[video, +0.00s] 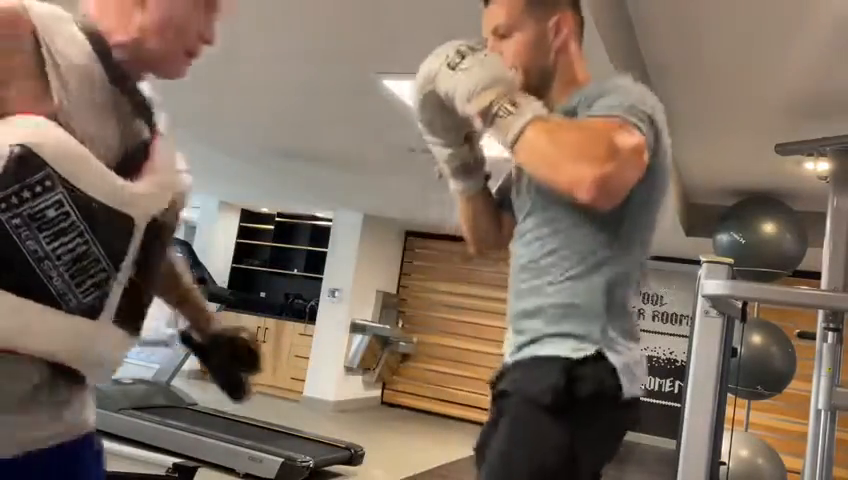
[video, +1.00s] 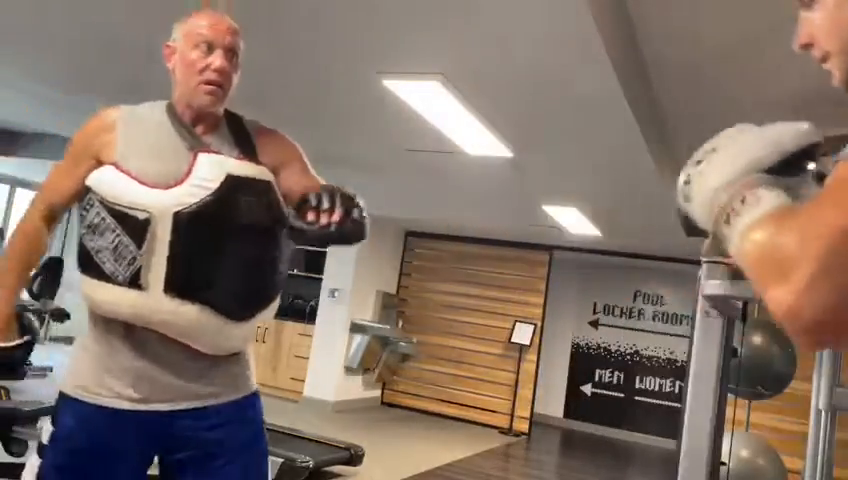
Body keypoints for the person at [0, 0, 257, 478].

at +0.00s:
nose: (210, 38)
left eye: (215, 16)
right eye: (205, 8)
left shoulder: (141, 115)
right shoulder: (17, 31)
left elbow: (149, 243)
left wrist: (207, 323)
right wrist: (134, 202)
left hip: (67, 427)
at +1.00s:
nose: (218, 64)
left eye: (231, 54)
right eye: (204, 47)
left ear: (240, 69)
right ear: (171, 56)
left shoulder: (271, 149)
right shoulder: (111, 130)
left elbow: (333, 219)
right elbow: (41, 217)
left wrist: (332, 212)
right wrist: (4, 312)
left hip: (220, 399)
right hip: (105, 393)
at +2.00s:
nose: (270, 109)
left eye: (278, 99)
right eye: (259, 91)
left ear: (282, 108)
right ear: (220, 88)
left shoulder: (281, 174)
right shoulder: (153, 140)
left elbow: (318, 268)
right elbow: (65, 207)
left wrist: (318, 229)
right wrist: (144, 238)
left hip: (229, 402)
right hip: (129, 395)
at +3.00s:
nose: (340, 121)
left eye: (345, 111)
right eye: (332, 103)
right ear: (285, 89)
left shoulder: (307, 179)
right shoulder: (201, 115)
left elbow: (361, 251)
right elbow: (77, 169)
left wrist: (401, 185)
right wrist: (75, 291)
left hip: (224, 418)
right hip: (126, 404)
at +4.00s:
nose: (325, 137)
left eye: (329, 126)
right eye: (324, 121)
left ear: (295, 105)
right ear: (298, 103)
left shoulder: (275, 183)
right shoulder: (230, 111)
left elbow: (291, 241)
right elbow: (140, 161)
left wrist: (343, 198)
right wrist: (166, 299)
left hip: (196, 392)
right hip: (137, 378)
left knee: (187, 473)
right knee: (104, 474)